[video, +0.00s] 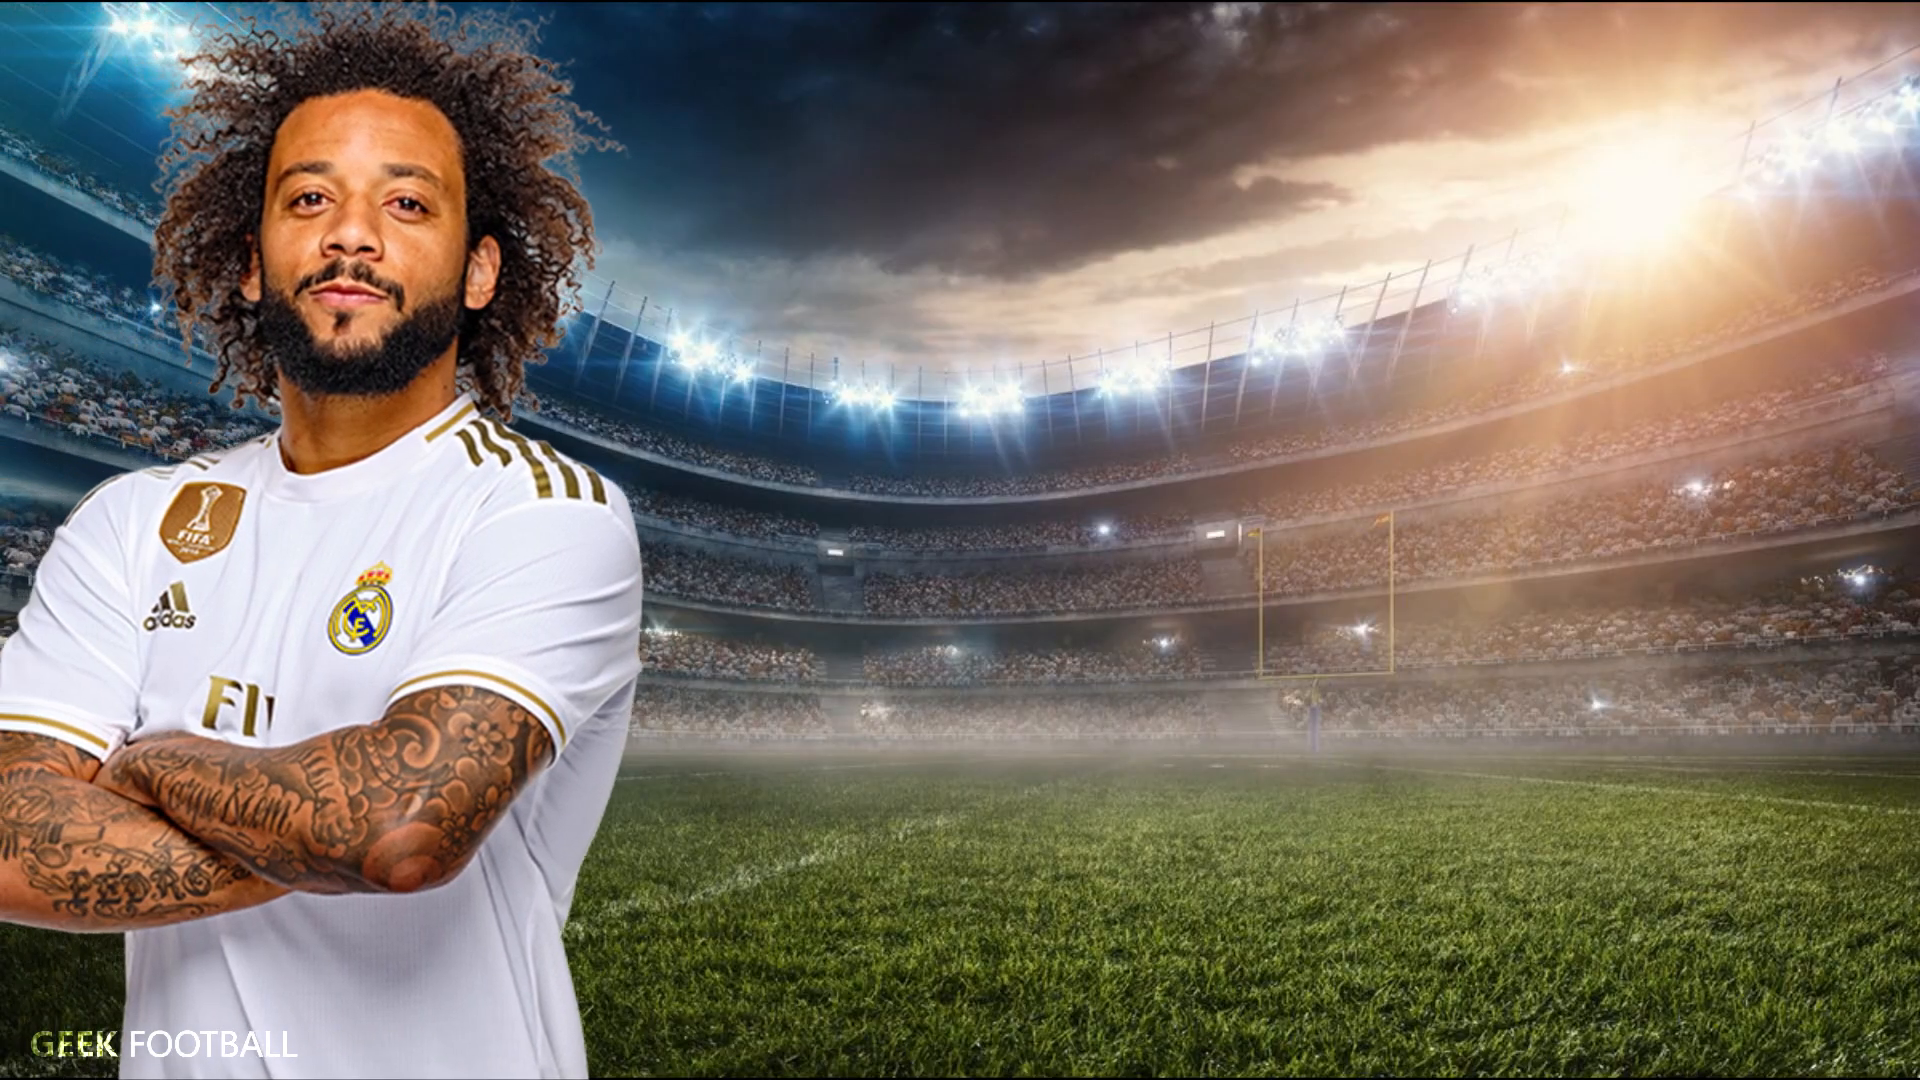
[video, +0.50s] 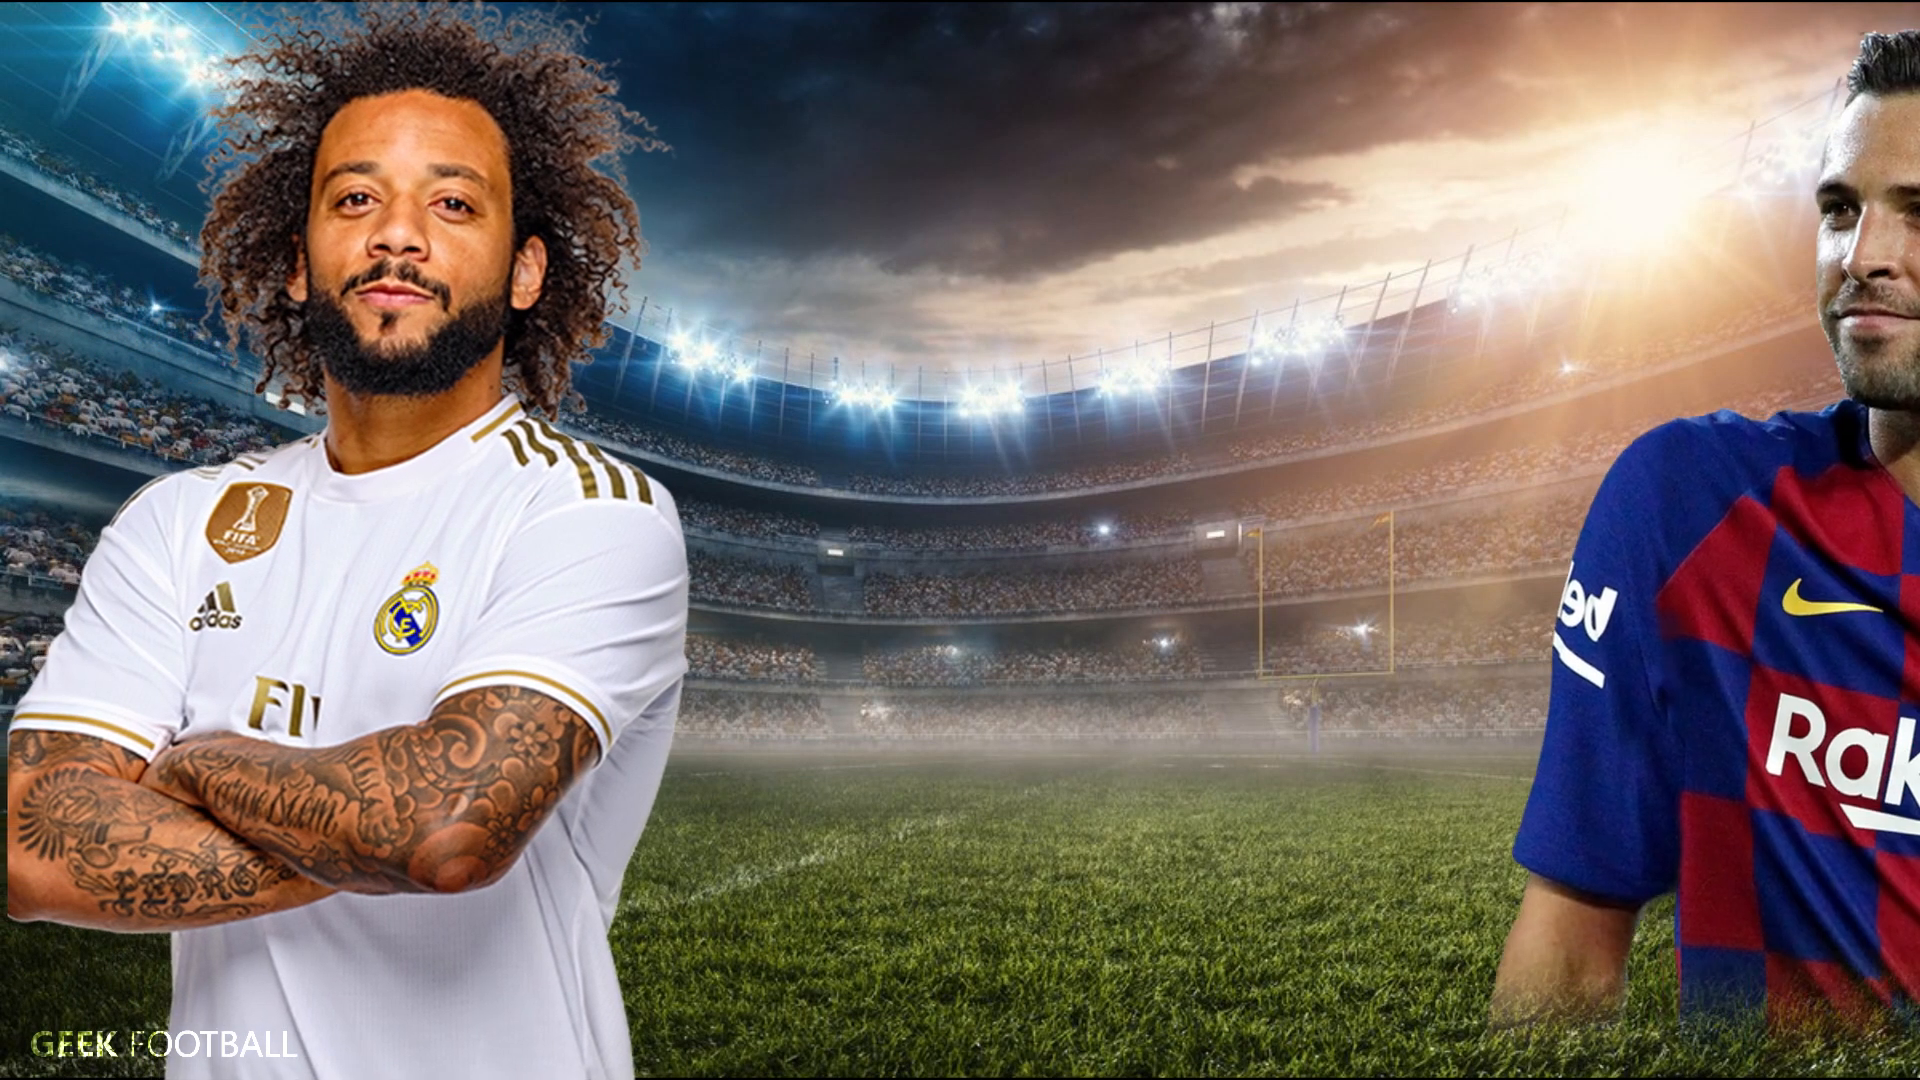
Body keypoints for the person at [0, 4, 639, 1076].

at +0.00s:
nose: (350, 238)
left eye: (406, 202)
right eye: (308, 200)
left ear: (476, 271)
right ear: (256, 259)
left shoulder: (552, 518)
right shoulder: (130, 521)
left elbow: (403, 824)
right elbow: (15, 853)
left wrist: (147, 761)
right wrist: (322, 829)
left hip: (459, 1064)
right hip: (181, 1063)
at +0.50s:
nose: (399, 238)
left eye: (454, 203)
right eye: (355, 199)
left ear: (522, 273)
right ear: (302, 259)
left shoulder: (598, 518)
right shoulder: (176, 523)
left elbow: (451, 825)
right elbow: (42, 852)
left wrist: (186, 761)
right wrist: (370, 830)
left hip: (507, 1063)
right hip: (226, 1061)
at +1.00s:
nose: (420, 238)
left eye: (476, 204)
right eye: (377, 199)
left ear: (544, 273)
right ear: (323, 259)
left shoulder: (619, 518)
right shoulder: (198, 522)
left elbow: (473, 825)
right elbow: (71, 856)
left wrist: (208, 761)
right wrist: (394, 829)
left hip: (530, 1063)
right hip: (249, 1062)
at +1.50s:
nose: (426, 238)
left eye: (482, 203)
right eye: (383, 199)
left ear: (549, 273)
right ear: (329, 260)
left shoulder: (624, 518)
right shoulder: (203, 523)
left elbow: (478, 825)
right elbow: (77, 856)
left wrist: (214, 761)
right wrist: (400, 829)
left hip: (535, 1063)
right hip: (256, 1063)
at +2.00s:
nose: (422, 238)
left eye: (478, 204)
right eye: (379, 199)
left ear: (546, 273)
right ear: (325, 260)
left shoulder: (621, 518)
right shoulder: (201, 522)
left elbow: (475, 825)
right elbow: (73, 856)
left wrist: (210, 761)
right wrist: (396, 829)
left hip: (531, 1063)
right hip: (252, 1062)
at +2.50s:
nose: (415, 238)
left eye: (471, 204)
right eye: (372, 199)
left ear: (539, 273)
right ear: (319, 259)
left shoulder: (614, 517)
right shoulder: (194, 522)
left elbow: (468, 825)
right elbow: (67, 857)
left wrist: (205, 760)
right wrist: (389, 830)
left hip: (526, 1064)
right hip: (246, 1063)